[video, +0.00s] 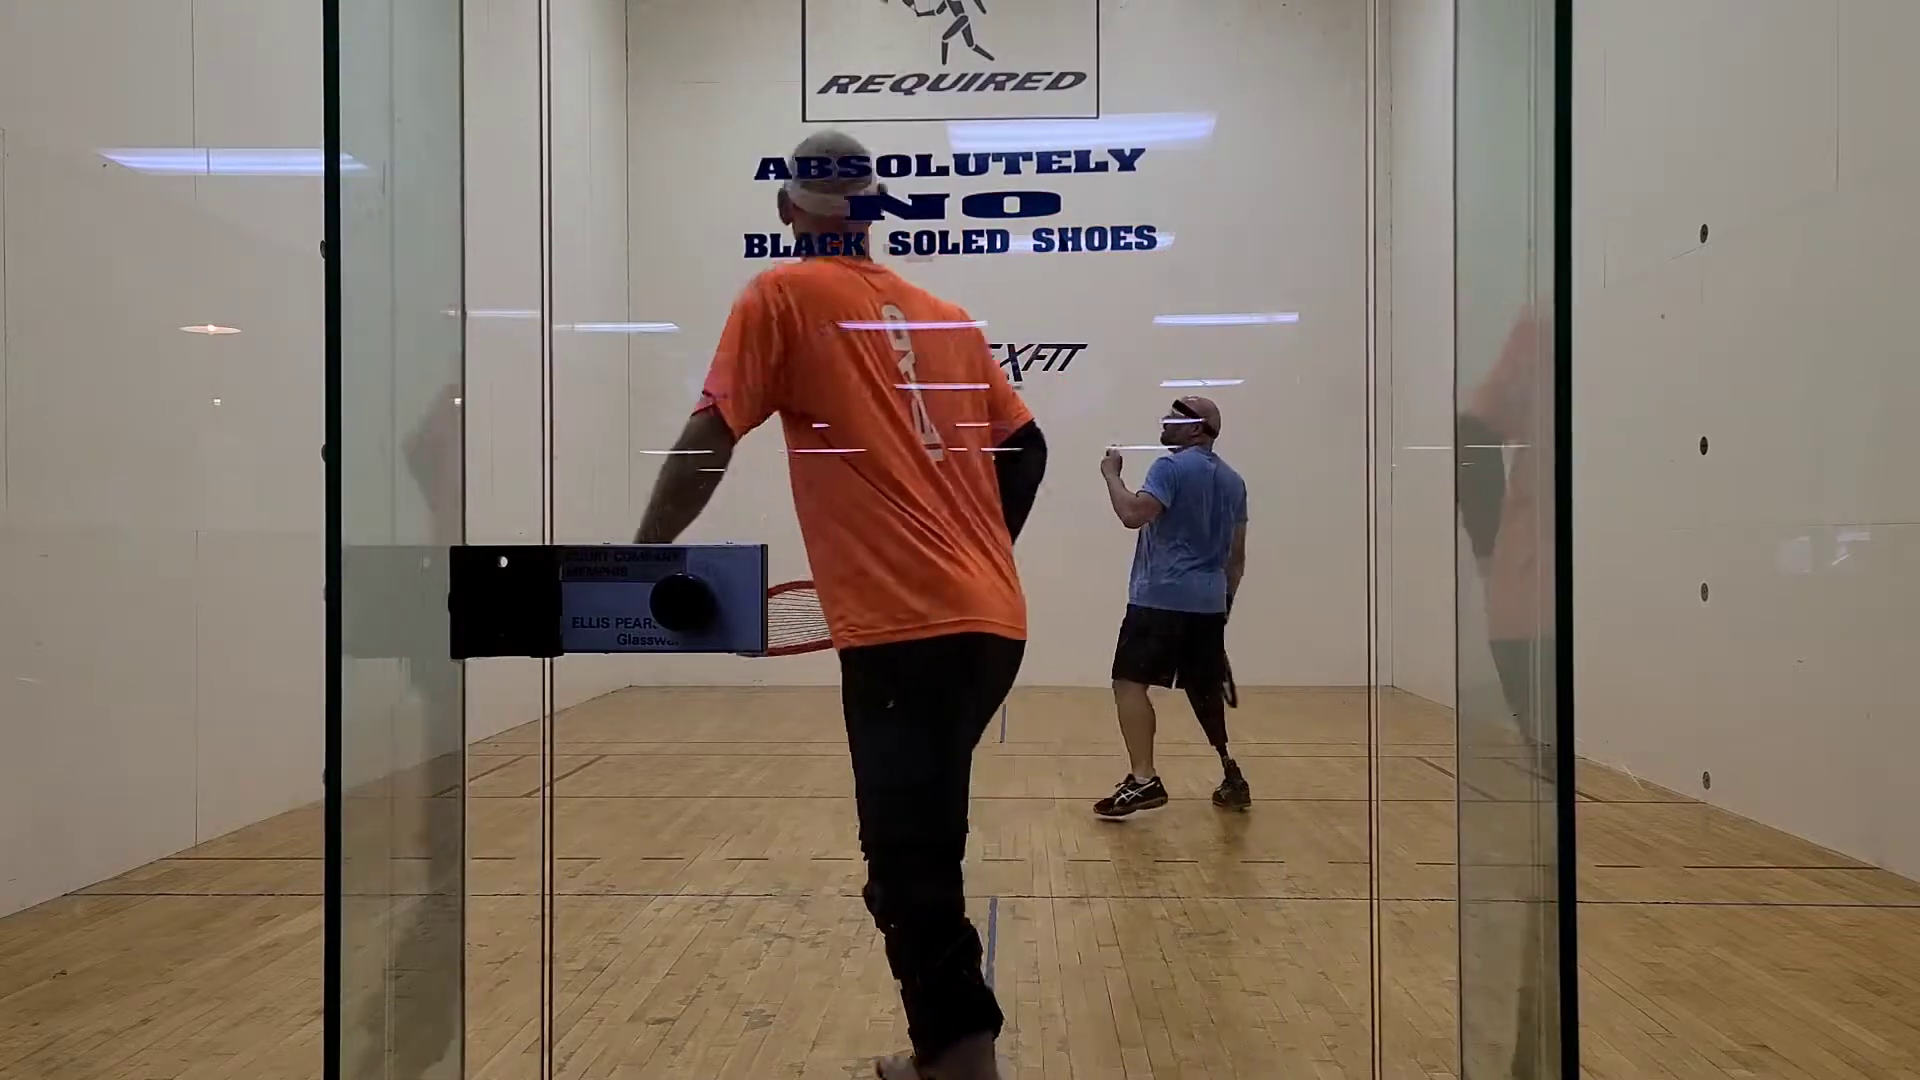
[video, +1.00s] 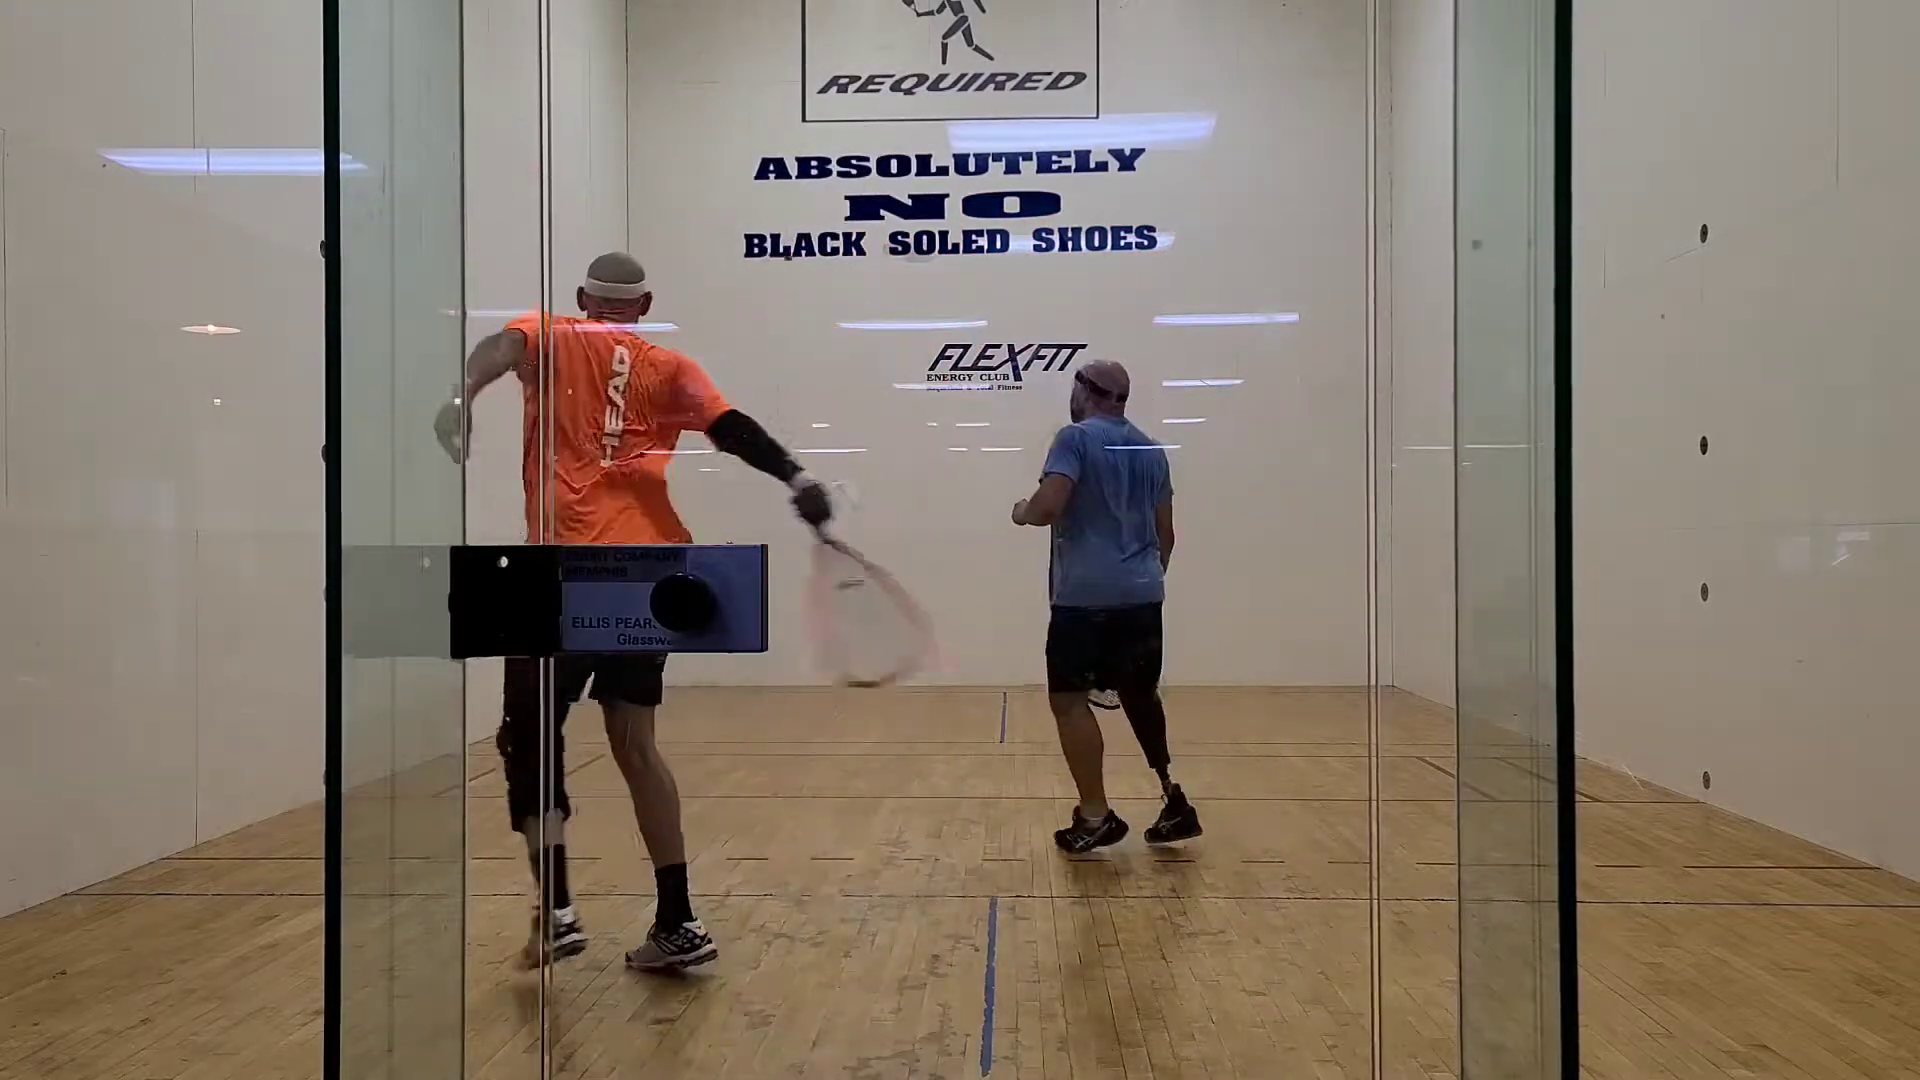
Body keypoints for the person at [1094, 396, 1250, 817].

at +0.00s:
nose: (1165, 421)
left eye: (1174, 415)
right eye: (1168, 413)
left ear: (1198, 428)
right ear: (1206, 433)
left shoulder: (1172, 466)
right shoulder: (1233, 480)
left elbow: (1133, 515)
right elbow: (1235, 556)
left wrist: (1112, 475)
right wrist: (1221, 608)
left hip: (1159, 601)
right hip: (1209, 605)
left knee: (1129, 681)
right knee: (1203, 686)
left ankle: (1143, 780)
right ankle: (1231, 773)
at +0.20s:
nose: (1136, 428)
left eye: (1145, 422)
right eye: (1138, 420)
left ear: (1171, 432)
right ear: (1179, 434)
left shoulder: (1154, 475)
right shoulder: (1204, 478)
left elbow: (1125, 529)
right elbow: (1213, 551)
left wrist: (1087, 509)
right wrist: (1187, 585)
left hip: (1148, 610)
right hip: (1195, 611)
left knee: (1122, 698)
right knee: (1199, 694)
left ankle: (1156, 799)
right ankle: (1230, 775)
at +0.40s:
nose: (1109, 417)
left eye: (1117, 409)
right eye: (1110, 410)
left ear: (1146, 415)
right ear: (1151, 418)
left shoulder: (1137, 458)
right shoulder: (1181, 457)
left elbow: (1144, 514)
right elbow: (1186, 535)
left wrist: (1096, 534)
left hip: (1138, 603)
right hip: (1182, 599)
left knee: (1120, 691)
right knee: (1176, 685)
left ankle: (1153, 797)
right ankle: (1207, 779)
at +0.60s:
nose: (1101, 417)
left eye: (1111, 409)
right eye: (1102, 409)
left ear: (1141, 418)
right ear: (1142, 422)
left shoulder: (1140, 459)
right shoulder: (1166, 457)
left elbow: (1138, 522)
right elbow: (1158, 538)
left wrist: (1090, 532)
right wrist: (1114, 584)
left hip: (1138, 603)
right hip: (1174, 601)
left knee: (1088, 685)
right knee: (1155, 689)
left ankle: (1128, 795)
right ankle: (1203, 789)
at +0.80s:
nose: (1080, 426)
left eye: (1090, 418)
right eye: (1083, 418)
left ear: (1118, 427)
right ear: (1125, 431)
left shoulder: (1113, 474)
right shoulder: (1157, 473)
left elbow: (1095, 544)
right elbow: (1164, 548)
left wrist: (1050, 544)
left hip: (1112, 623)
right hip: (1160, 619)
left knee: (1068, 712)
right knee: (1162, 706)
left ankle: (1109, 824)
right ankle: (1202, 795)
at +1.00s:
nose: (1071, 400)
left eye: (1075, 392)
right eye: (1074, 391)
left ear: (1087, 392)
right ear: (1122, 399)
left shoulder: (1075, 438)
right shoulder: (1152, 450)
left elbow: (1050, 505)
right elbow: (1165, 537)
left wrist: (1023, 512)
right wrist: (1147, 582)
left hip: (1083, 600)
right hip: (1141, 599)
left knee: (1067, 698)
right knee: (1139, 692)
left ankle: (1095, 817)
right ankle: (1176, 802)